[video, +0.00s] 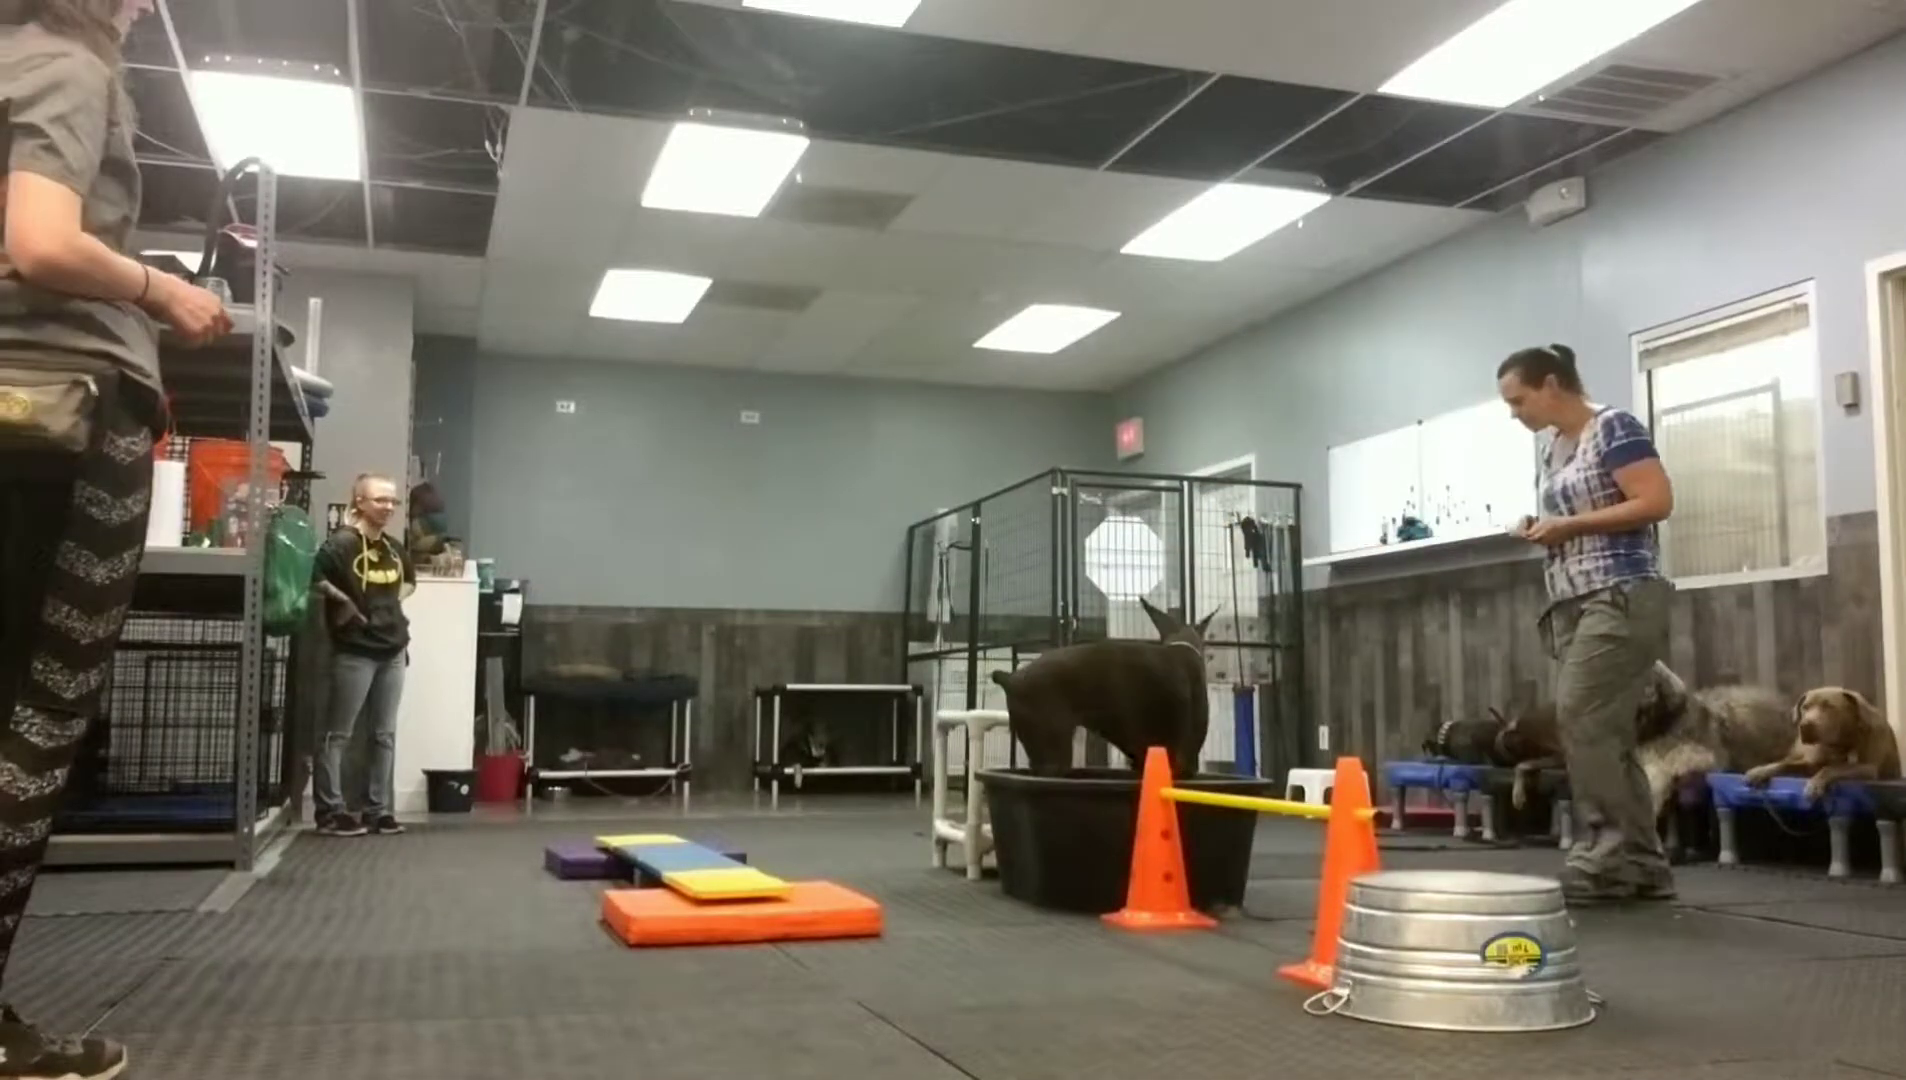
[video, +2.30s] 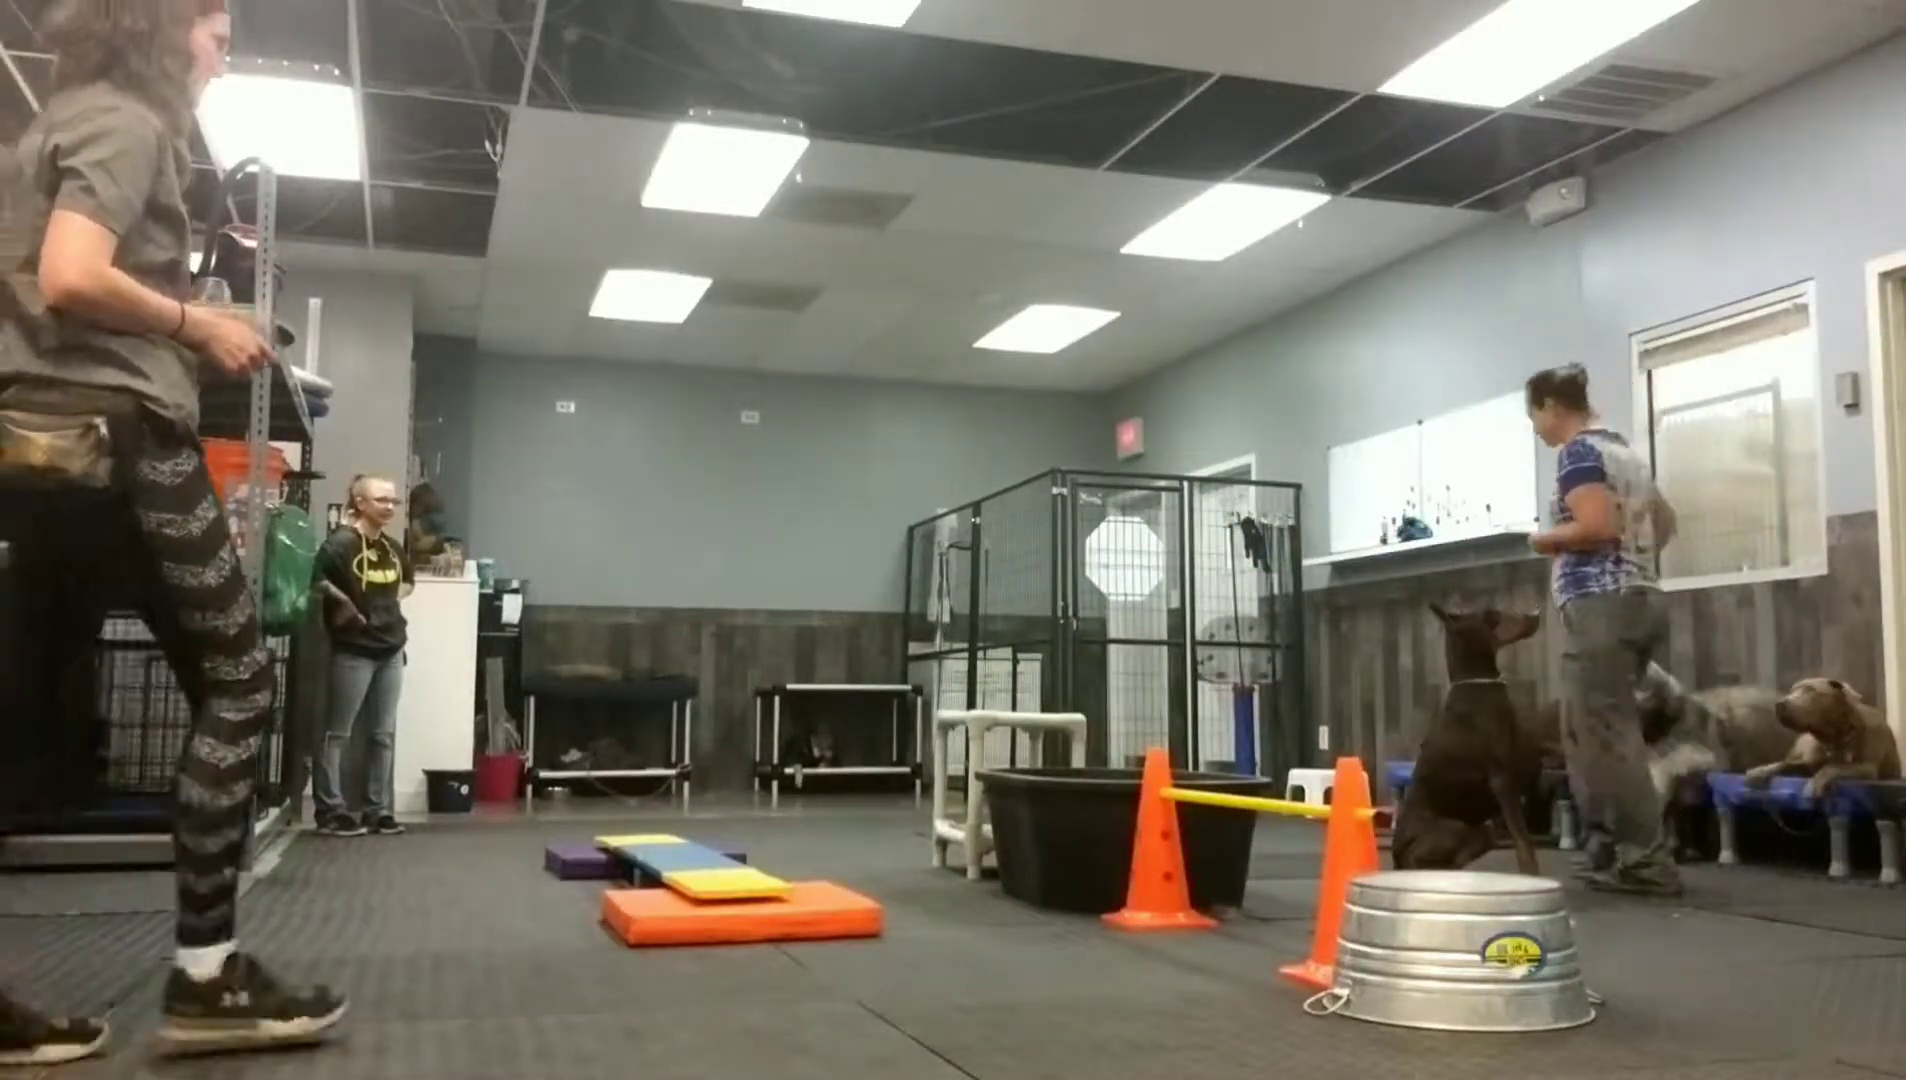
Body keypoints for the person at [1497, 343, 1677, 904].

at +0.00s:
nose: (1517, 416)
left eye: (1518, 403)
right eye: (1512, 407)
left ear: (1549, 385)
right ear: (1546, 391)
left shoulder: (1613, 426)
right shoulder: (1554, 454)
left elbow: (1656, 501)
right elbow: (1583, 523)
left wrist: (1570, 524)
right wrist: (1542, 528)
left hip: (1622, 598)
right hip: (1575, 607)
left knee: (1580, 714)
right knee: (1600, 727)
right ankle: (1643, 859)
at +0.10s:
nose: (1544, 407)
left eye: (1548, 394)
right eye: (1540, 398)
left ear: (1584, 381)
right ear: (1574, 389)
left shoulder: (1642, 426)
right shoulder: (1581, 456)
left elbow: (1679, 503)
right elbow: (1601, 528)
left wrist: (1593, 522)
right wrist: (1567, 529)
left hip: (1641, 600)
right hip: (1590, 606)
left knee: (1634, 726)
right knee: (1604, 734)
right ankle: (1640, 858)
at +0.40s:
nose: (1619, 391)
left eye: (1623, 377)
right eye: (1615, 380)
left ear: (1658, 364)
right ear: (1655, 370)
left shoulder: (1720, 414)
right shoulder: (1661, 437)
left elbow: (1753, 498)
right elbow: (1679, 525)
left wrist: (1664, 514)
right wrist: (1641, 576)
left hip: (1715, 597)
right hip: (1663, 601)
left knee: (1717, 738)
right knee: (1658, 738)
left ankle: (1744, 876)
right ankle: (1665, 863)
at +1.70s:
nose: (1628, 411)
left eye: (1626, 397)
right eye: (1622, 402)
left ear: (1652, 375)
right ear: (1656, 379)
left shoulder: (1712, 418)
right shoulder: (1697, 426)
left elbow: (1710, 511)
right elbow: (1707, 514)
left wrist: (1650, 526)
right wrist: (1660, 528)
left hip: (1733, 601)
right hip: (1714, 602)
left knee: (1739, 741)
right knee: (1728, 741)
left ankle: (1746, 877)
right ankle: (1741, 873)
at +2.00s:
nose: (1633, 426)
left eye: (1632, 412)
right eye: (1628, 417)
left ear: (1659, 391)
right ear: (1658, 397)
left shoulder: (1711, 431)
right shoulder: (1686, 452)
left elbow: (1733, 509)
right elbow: (1662, 537)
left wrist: (1661, 528)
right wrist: (1604, 559)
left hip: (1714, 604)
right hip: (1723, 604)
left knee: (1682, 725)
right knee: (1736, 736)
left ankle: (1708, 863)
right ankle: (1767, 865)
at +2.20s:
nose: (1568, 430)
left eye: (1566, 417)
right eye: (1564, 420)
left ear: (1585, 408)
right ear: (1606, 405)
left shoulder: (1632, 449)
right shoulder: (1647, 451)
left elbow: (1657, 522)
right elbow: (1665, 527)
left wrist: (1595, 537)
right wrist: (1605, 539)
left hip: (1639, 605)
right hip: (1665, 603)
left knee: (1622, 736)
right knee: (1656, 732)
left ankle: (1646, 860)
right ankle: (1722, 831)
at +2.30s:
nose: (1537, 429)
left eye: (1535, 418)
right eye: (1535, 419)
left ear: (1552, 409)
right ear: (1582, 406)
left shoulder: (1579, 452)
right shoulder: (1623, 452)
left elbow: (1596, 526)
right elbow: (1664, 521)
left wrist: (1546, 539)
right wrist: (1626, 553)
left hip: (1598, 604)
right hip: (1637, 599)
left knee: (1607, 728)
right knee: (1601, 725)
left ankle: (1646, 860)